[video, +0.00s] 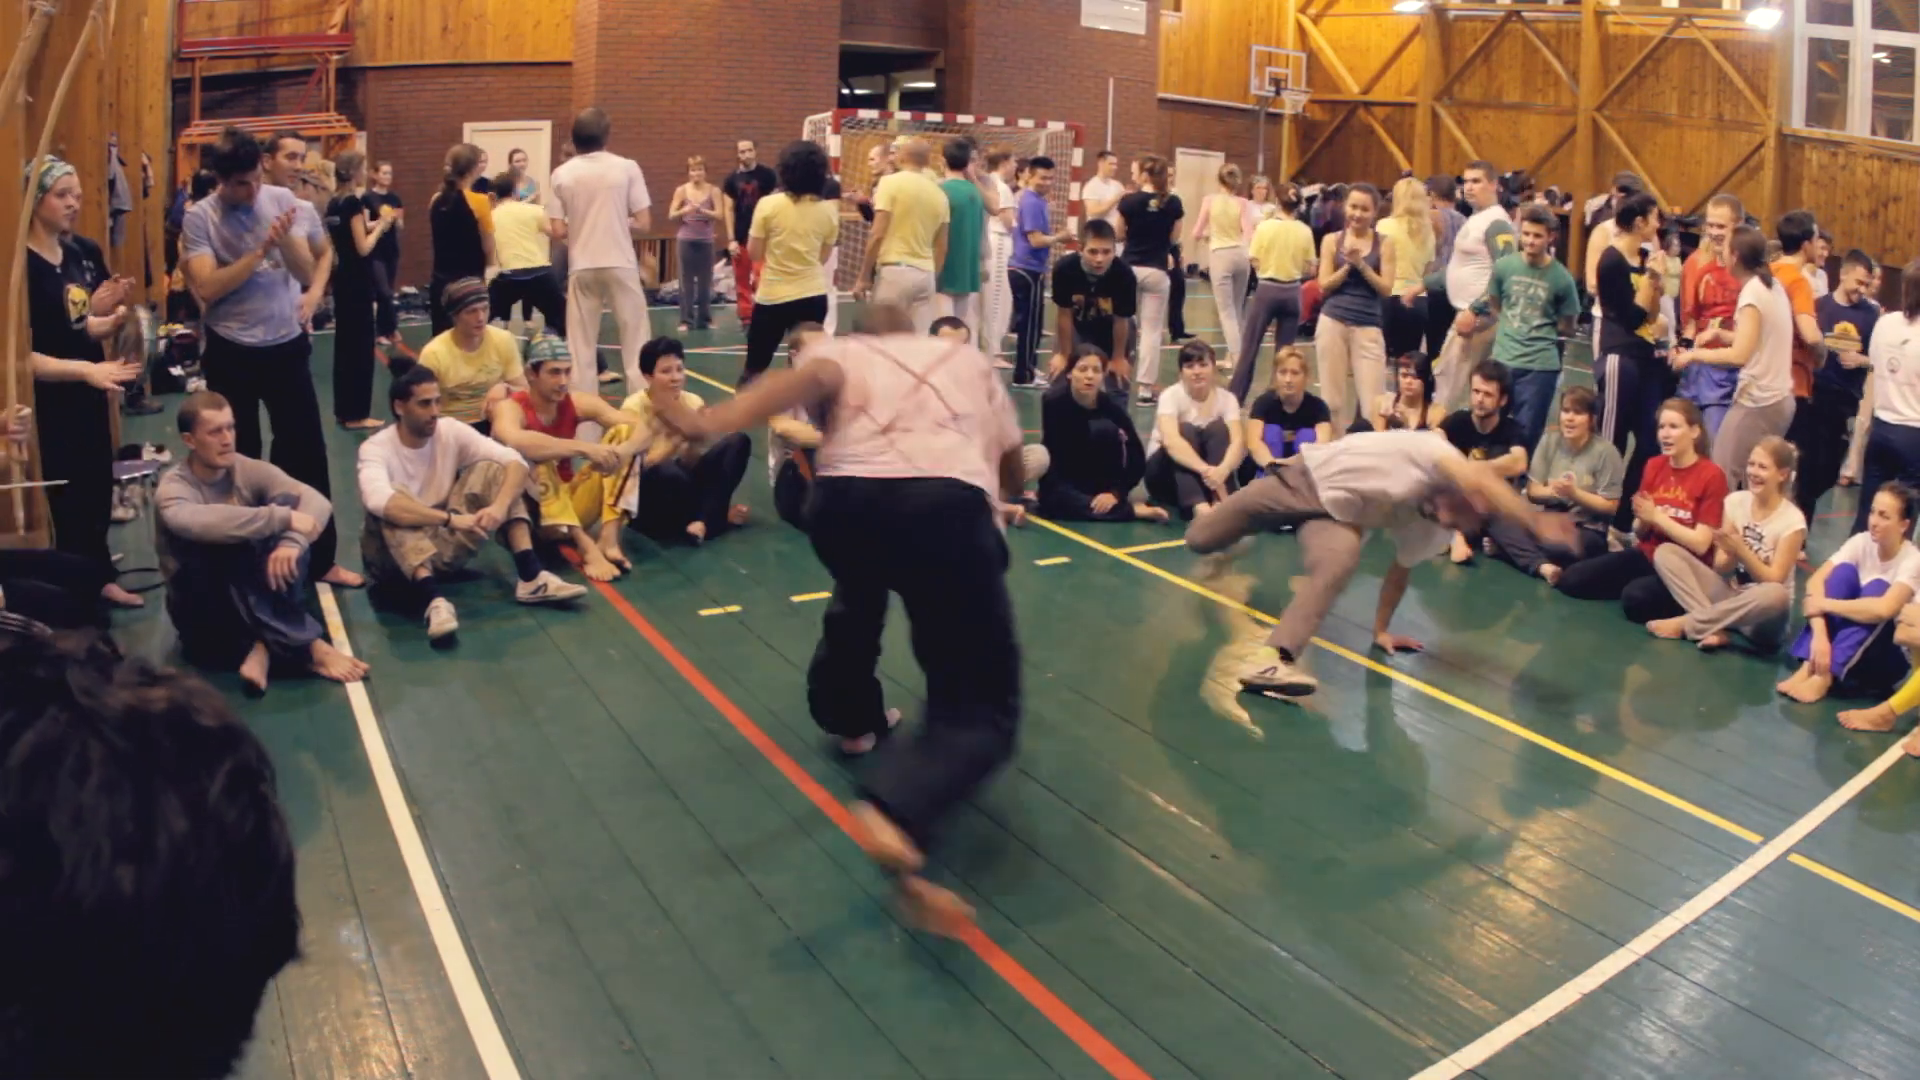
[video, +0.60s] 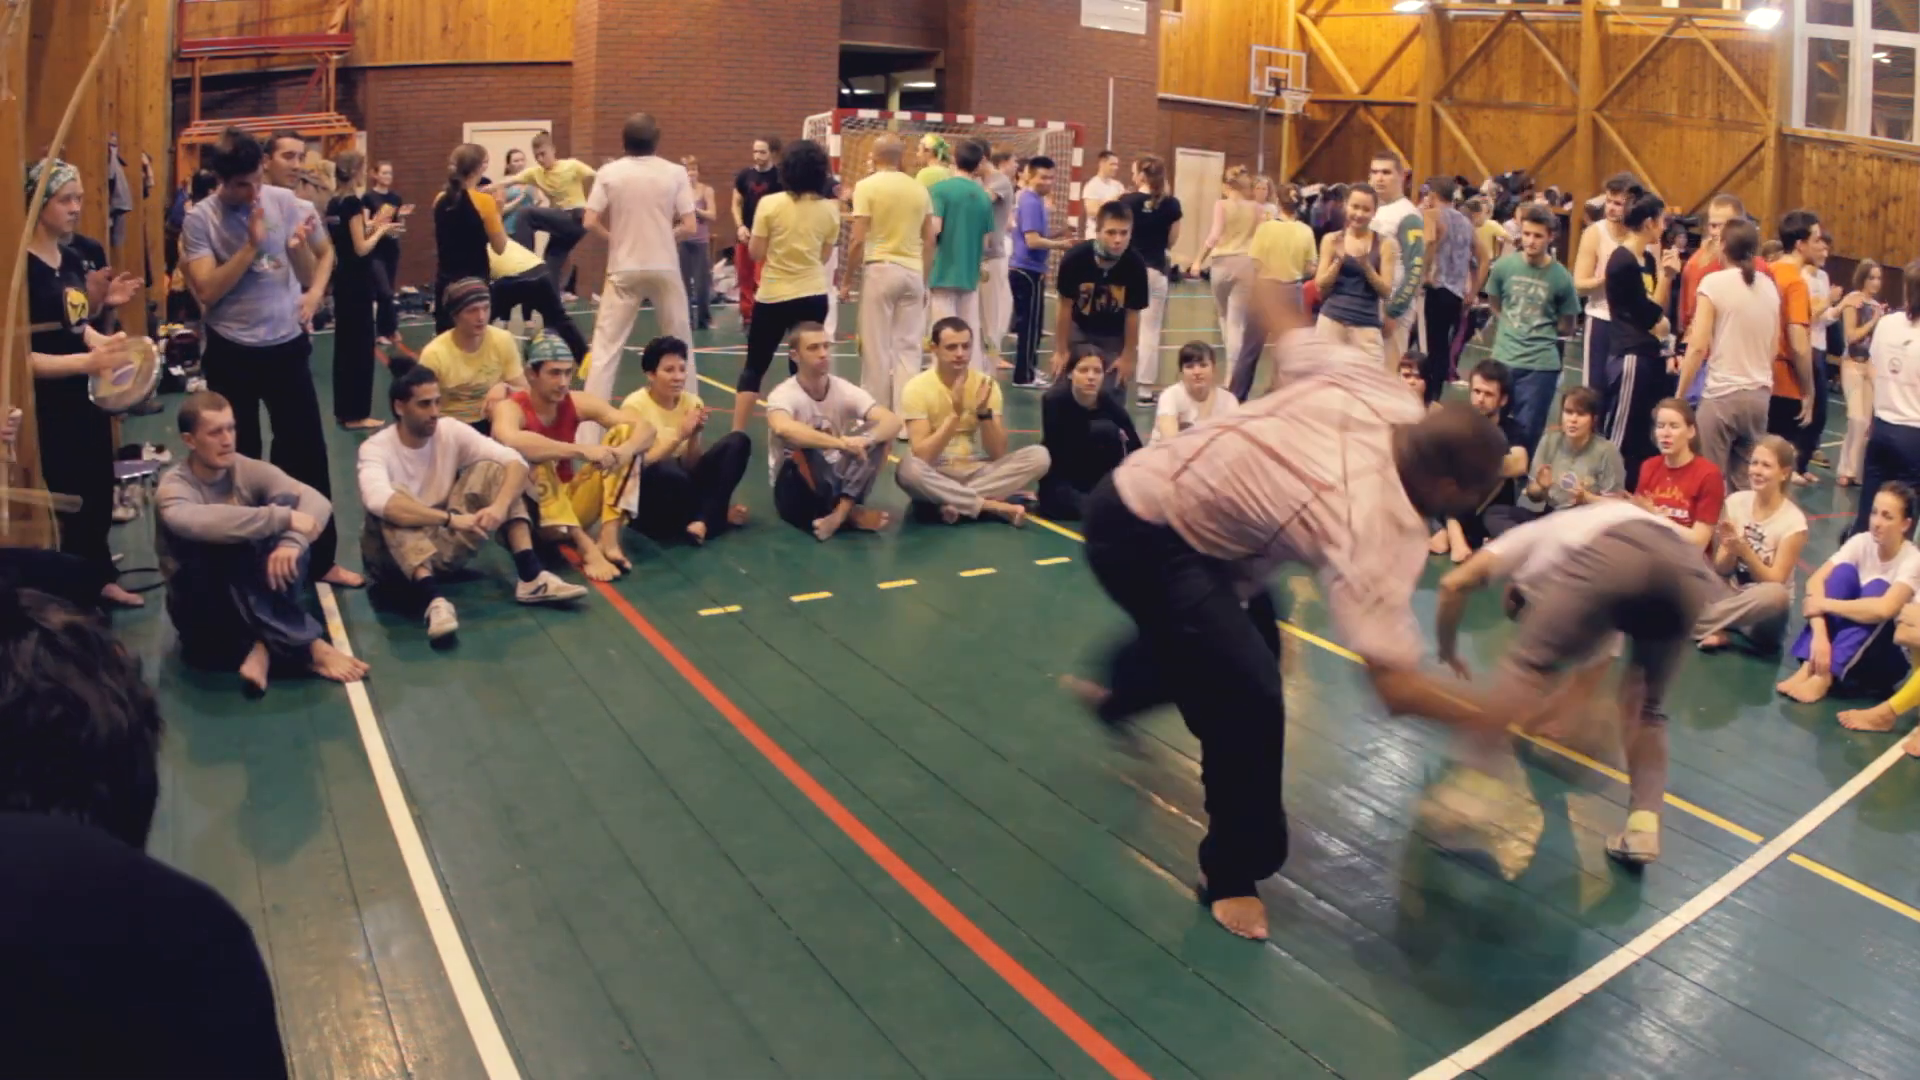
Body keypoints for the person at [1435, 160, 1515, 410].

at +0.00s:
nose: (1468, 188)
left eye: (1475, 182)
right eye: (1465, 182)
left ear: (1494, 185)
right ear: (1461, 186)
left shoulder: (1496, 221)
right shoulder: (1475, 218)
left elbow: (1507, 275)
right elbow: (1459, 268)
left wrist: (1476, 311)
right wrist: (1423, 285)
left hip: (1480, 315)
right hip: (1466, 312)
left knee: (1448, 375)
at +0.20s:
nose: (1439, 186)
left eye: (1446, 180)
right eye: (1435, 181)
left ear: (1462, 184)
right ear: (1431, 185)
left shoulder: (1468, 221)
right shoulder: (1440, 219)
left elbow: (1483, 273)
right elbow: (1426, 266)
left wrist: (1461, 317)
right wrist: (1391, 279)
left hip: (1451, 311)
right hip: (1427, 307)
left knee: (1452, 382)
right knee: (1420, 375)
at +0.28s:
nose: (1427, 184)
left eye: (1434, 178)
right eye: (1423, 178)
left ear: (1451, 182)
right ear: (1418, 183)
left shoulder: (1455, 221)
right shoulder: (1425, 215)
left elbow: (1468, 274)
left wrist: (1448, 318)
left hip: (1435, 304)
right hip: (1415, 301)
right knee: (1406, 370)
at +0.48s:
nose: (1398, 180)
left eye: (1405, 174)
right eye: (1394, 174)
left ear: (1420, 178)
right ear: (1390, 177)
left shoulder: (1425, 217)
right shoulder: (1390, 213)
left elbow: (1433, 272)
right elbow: (1375, 255)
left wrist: (1411, 315)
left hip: (1407, 302)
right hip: (1381, 299)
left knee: (1408, 373)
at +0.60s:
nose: (1379, 178)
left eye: (1386, 172)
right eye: (1374, 172)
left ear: (1402, 176)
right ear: (1369, 176)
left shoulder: (1408, 215)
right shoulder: (1372, 210)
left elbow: (1416, 270)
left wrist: (1393, 312)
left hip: (1394, 303)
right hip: (1368, 299)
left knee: (1390, 371)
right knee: (1365, 368)